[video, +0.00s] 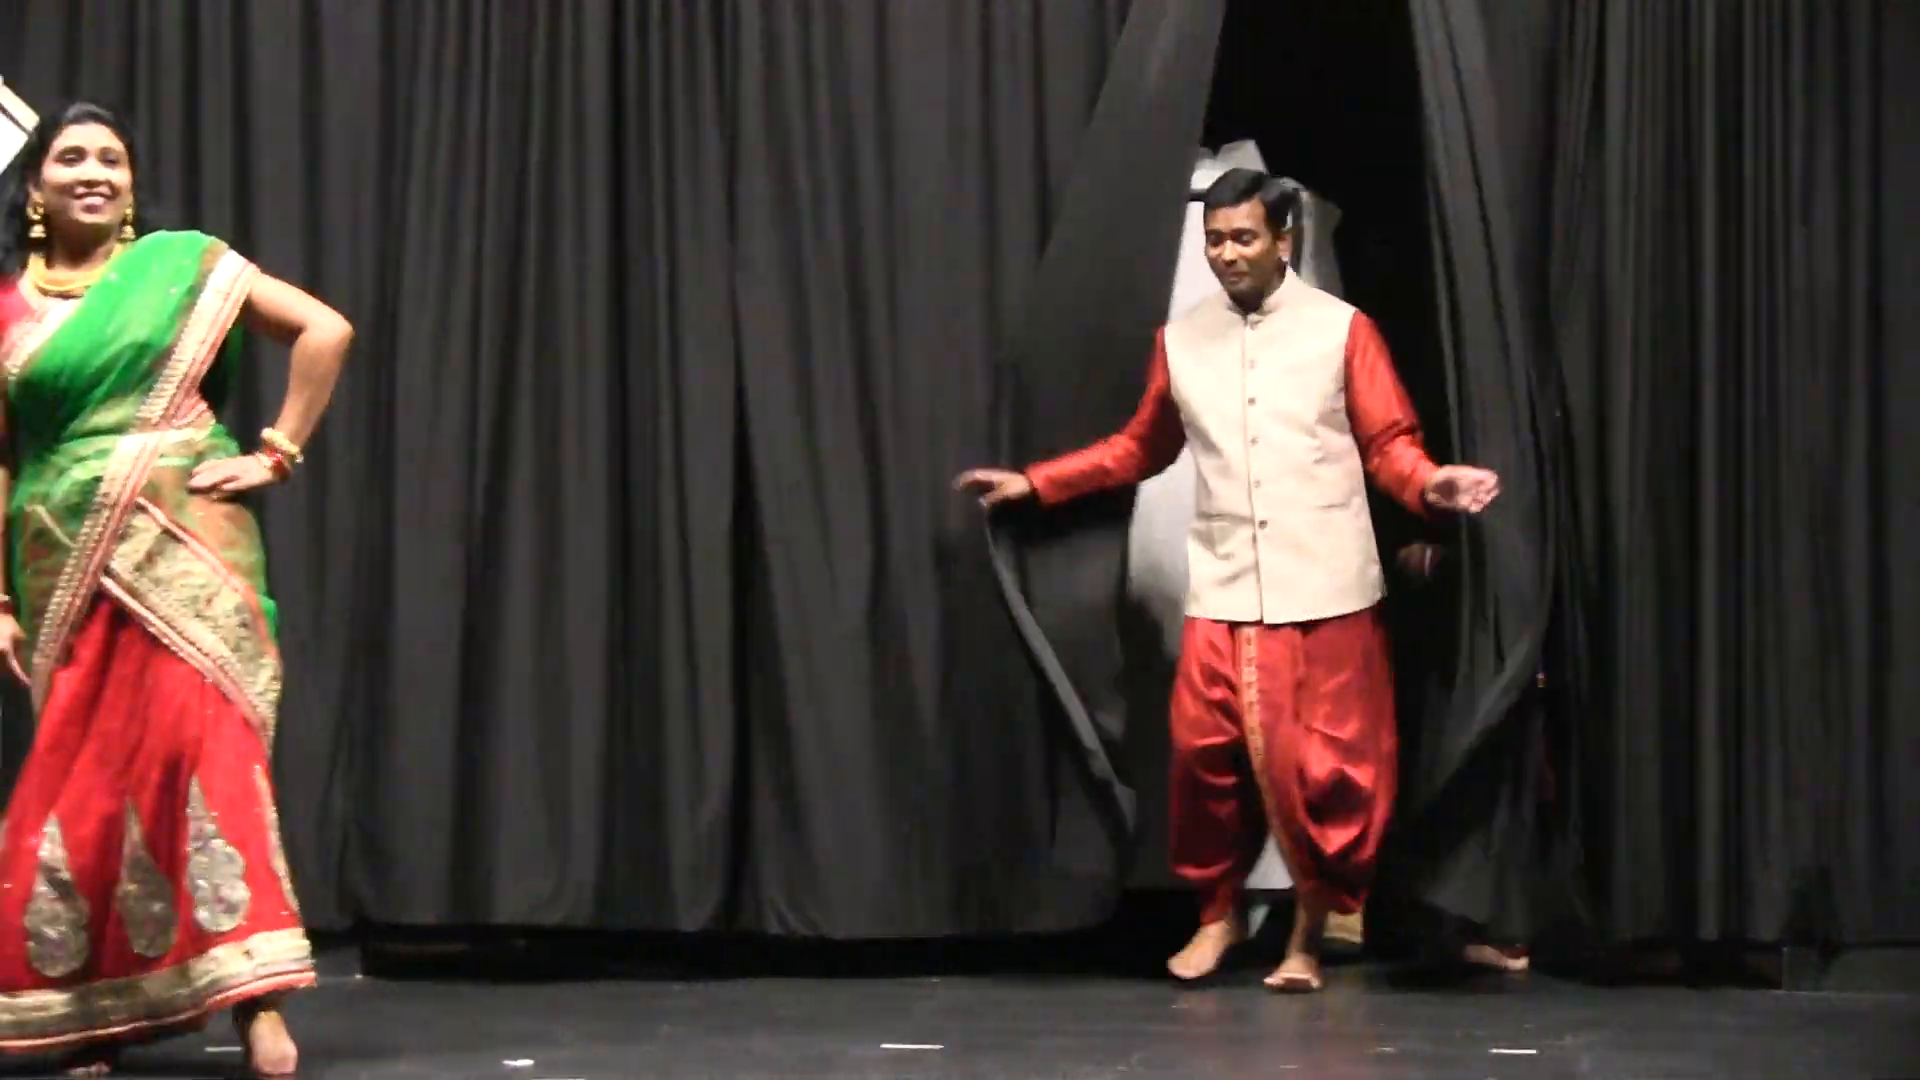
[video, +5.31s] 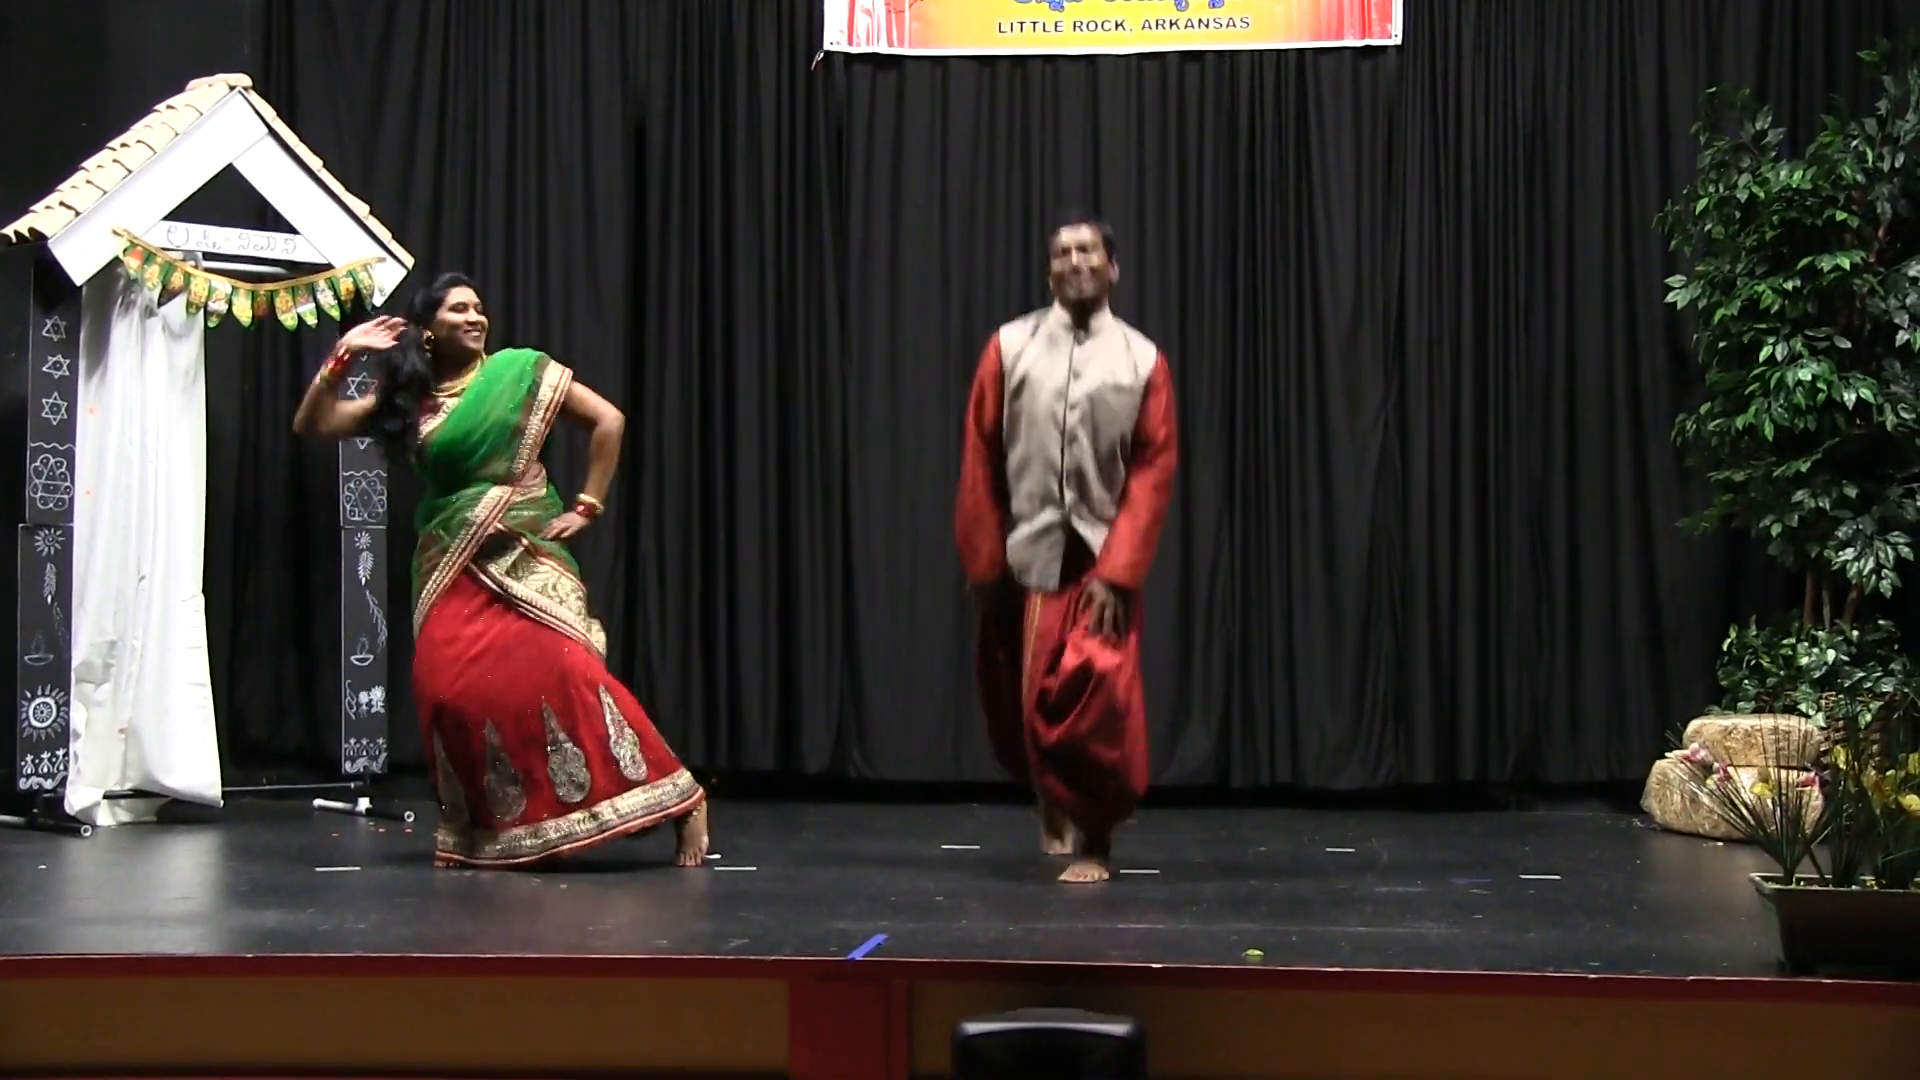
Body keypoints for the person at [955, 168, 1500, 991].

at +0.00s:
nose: (1228, 254)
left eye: (1242, 239)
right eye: (1216, 241)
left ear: (1283, 238)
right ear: (1206, 246)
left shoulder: (1343, 329)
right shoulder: (1182, 340)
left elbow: (1390, 440)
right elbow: (1141, 449)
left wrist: (1428, 482)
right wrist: (1034, 482)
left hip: (1323, 585)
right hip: (1222, 586)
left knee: (1315, 765)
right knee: (1203, 753)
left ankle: (1304, 939)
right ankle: (1219, 919)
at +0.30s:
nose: (1213, 228)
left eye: (1231, 215)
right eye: (1205, 216)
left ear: (1274, 233)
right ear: (1193, 234)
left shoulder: (1330, 331)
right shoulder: (1174, 351)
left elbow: (1380, 449)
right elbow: (1165, 489)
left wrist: (1299, 537)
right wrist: (1138, 588)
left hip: (1301, 605)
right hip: (1192, 607)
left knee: (1353, 782)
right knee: (1156, 778)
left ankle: (1367, 935)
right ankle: (1155, 962)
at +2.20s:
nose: (1101, 165)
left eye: (1122, 150)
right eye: (1095, 153)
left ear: (1177, 170)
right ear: (1090, 174)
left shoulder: (1244, 286)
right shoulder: (1058, 299)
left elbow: (1286, 429)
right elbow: (1012, 450)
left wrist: (1209, 533)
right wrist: (984, 583)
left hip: (1208, 593)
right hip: (1076, 595)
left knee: (1291, 776)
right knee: (1041, 789)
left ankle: (1343, 980)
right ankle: (1036, 974)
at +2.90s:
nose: (1079, 230)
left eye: (1096, 219)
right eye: (1080, 219)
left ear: (1140, 239)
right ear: (1080, 235)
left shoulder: (1184, 334)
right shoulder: (1045, 328)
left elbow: (1207, 450)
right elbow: (1007, 436)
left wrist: (1164, 560)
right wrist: (1039, 530)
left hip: (1158, 571)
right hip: (1062, 573)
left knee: (1221, 720)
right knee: (1031, 724)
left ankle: (1244, 875)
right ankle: (1011, 872)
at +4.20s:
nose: (1061, 258)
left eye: (1075, 250)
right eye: (1052, 248)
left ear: (1096, 266)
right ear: (1036, 261)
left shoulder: (1128, 340)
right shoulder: (1000, 346)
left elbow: (1164, 429)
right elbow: (959, 439)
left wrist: (1129, 492)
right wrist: (970, 523)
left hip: (1119, 541)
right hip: (1036, 546)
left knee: (1113, 665)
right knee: (1037, 688)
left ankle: (1108, 816)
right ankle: (1055, 821)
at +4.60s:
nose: (1056, 374)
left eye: (1068, 364)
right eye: (1044, 364)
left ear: (1090, 379)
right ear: (1028, 379)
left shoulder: (1130, 455)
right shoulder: (1000, 469)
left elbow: (1157, 551)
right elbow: (985, 572)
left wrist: (1115, 627)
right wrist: (1010, 639)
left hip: (1117, 630)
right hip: (1040, 642)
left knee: (1084, 698)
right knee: (1012, 776)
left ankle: (1089, 860)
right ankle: (1061, 850)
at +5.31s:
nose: (1076, 262)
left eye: (1088, 251)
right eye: (1065, 253)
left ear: (1111, 266)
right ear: (1049, 269)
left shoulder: (1142, 359)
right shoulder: (1010, 345)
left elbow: (1155, 469)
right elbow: (980, 451)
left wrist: (1120, 569)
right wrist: (983, 555)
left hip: (1105, 549)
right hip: (1025, 547)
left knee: (1097, 686)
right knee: (1027, 686)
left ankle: (1093, 845)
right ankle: (1051, 808)